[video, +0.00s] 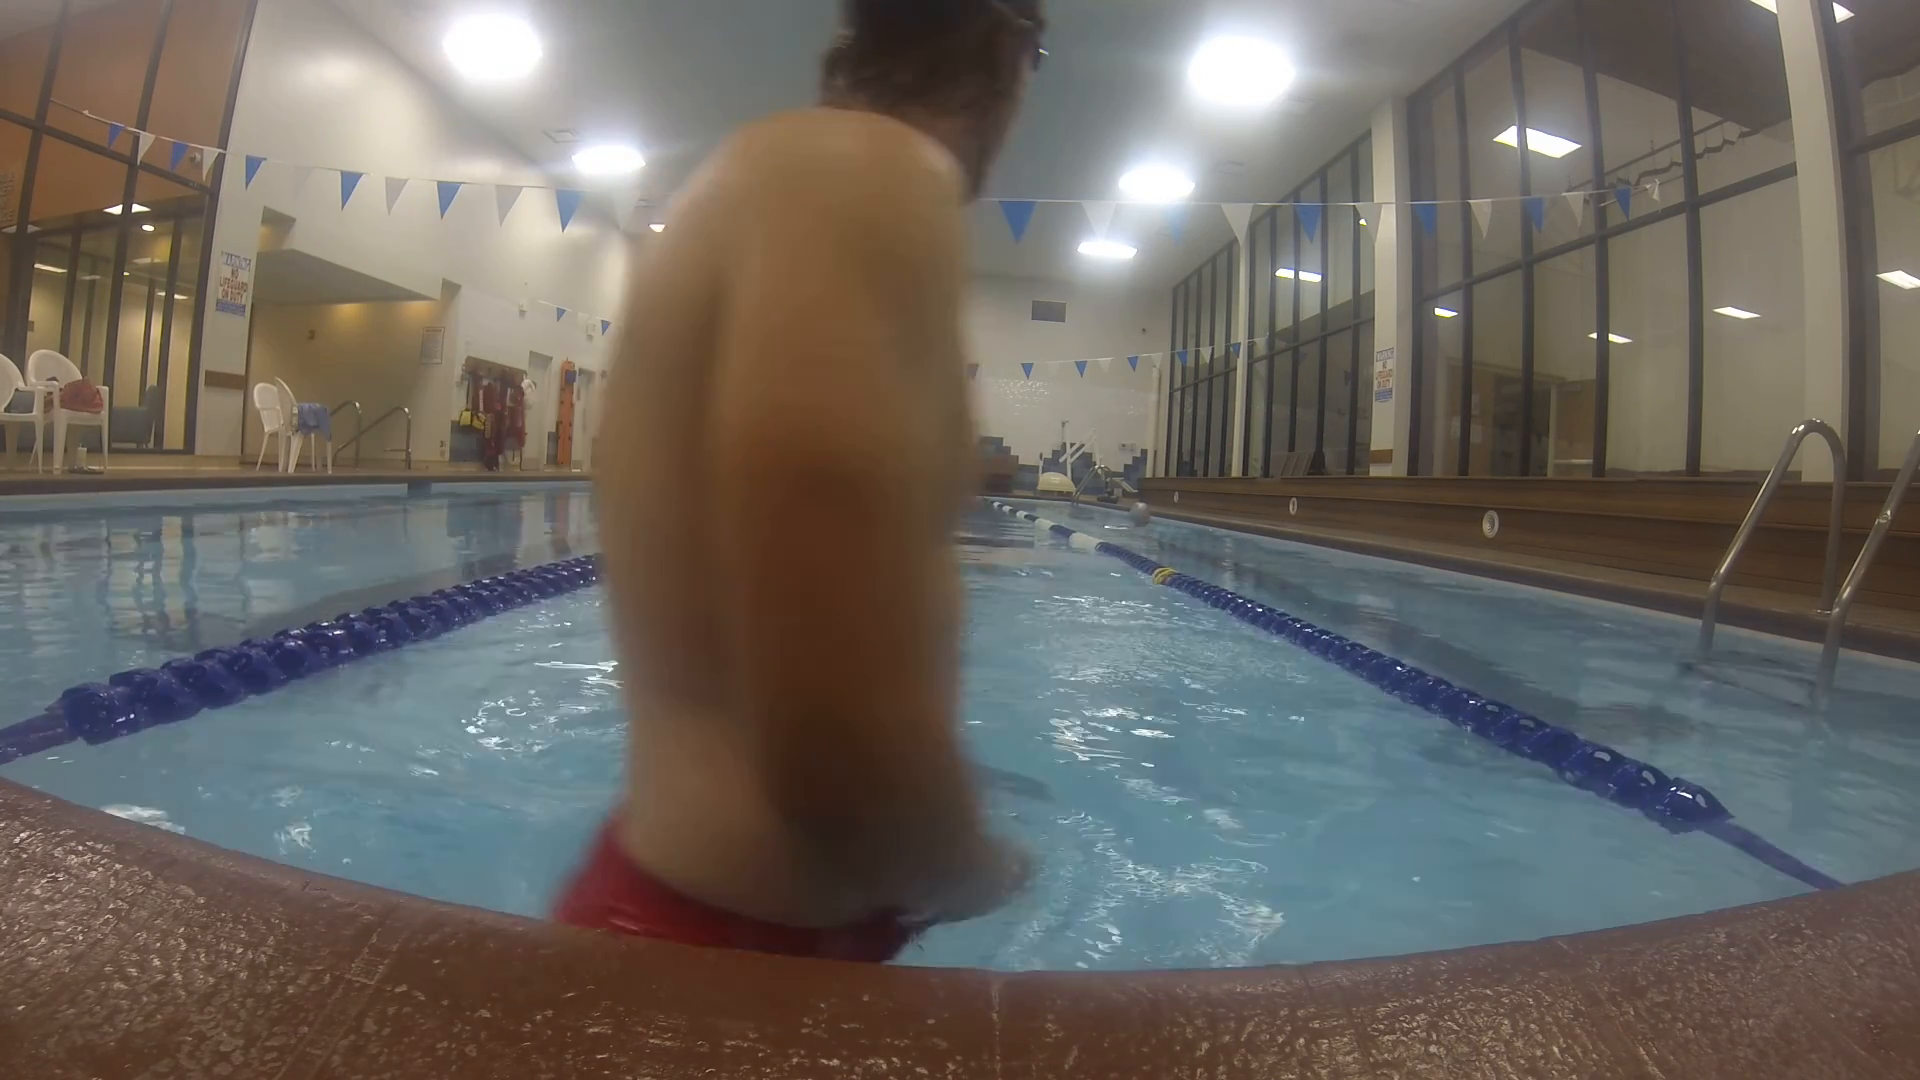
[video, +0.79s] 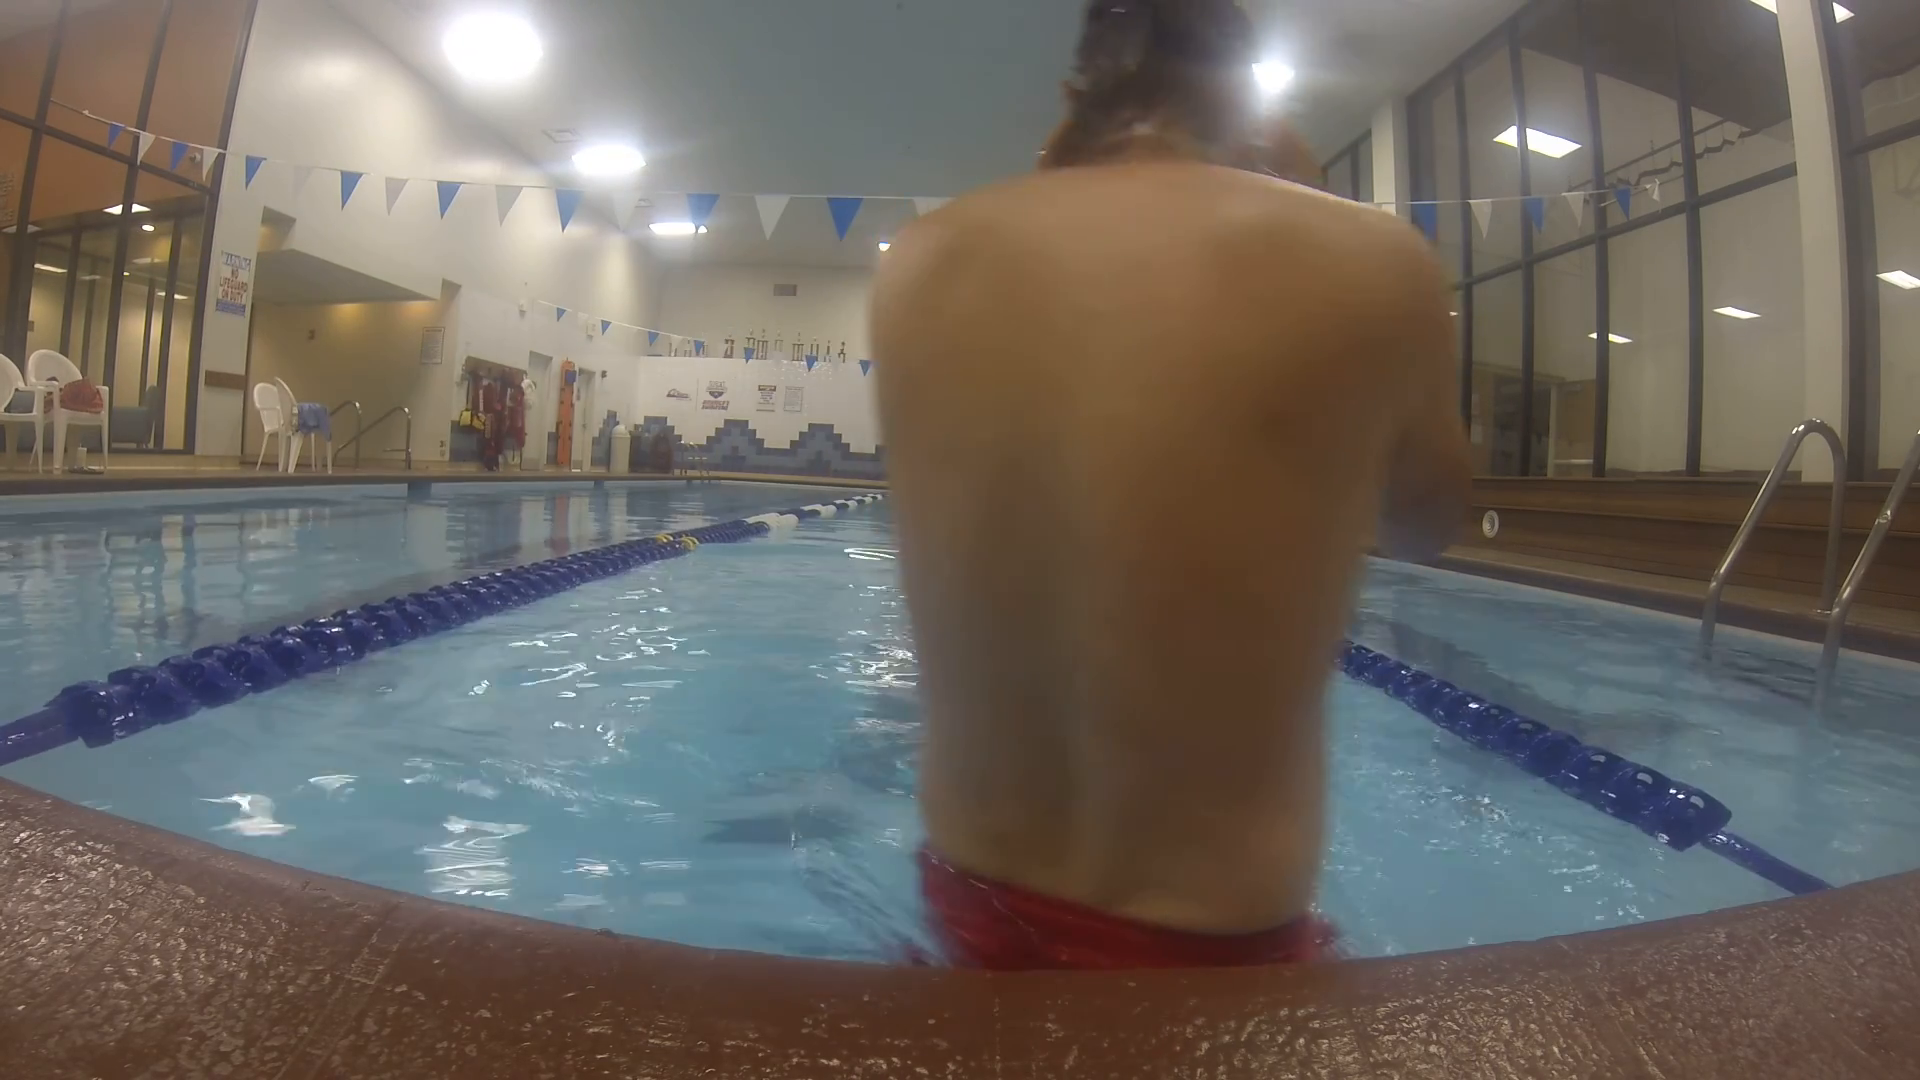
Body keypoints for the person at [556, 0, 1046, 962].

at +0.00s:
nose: (1022, 101)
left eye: (1030, 69)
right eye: (1031, 66)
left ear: (851, 55)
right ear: (1010, 56)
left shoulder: (753, 177)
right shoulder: (859, 172)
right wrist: (948, 861)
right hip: (754, 935)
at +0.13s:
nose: (1063, 108)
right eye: (1066, 77)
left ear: (892, 74)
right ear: (1044, 70)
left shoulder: (792, 213)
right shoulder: (944, 193)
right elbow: (927, 759)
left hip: (737, 915)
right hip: (853, 953)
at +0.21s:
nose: (1080, 129)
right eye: (1084, 102)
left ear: (911, 85)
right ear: (1071, 87)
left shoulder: (811, 243)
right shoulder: (1003, 203)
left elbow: (709, 588)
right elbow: (1020, 743)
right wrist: (1187, 669)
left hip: (784, 917)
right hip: (916, 955)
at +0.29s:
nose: (1110, 118)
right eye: (1110, 96)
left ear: (935, 92)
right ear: (1092, 83)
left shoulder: (818, 270)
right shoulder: (1059, 223)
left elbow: (721, 588)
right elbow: (1140, 739)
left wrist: (929, 543)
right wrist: (1245, 580)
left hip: (825, 906)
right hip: (978, 953)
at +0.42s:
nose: (1148, 110)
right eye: (1142, 89)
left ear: (976, 94)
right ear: (1126, 90)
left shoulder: (842, 274)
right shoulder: (1138, 236)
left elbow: (782, 590)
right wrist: (1285, 433)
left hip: (847, 894)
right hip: (1038, 955)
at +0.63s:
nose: (1235, 91)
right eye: (1223, 63)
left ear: (1040, 82)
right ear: (1198, 78)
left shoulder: (872, 260)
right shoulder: (1271, 242)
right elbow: (1399, 528)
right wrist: (1266, 202)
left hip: (899, 924)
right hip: (1139, 967)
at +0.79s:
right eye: (1275, 70)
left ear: (1082, 85)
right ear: (1253, 90)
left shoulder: (922, 263)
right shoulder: (1373, 265)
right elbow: (1429, 513)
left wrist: (1051, 192)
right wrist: (1303, 205)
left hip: (969, 923)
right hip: (1226, 959)